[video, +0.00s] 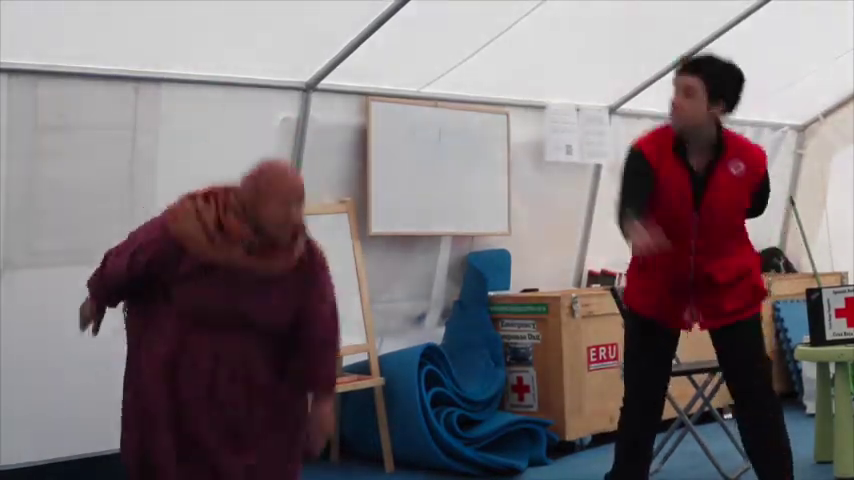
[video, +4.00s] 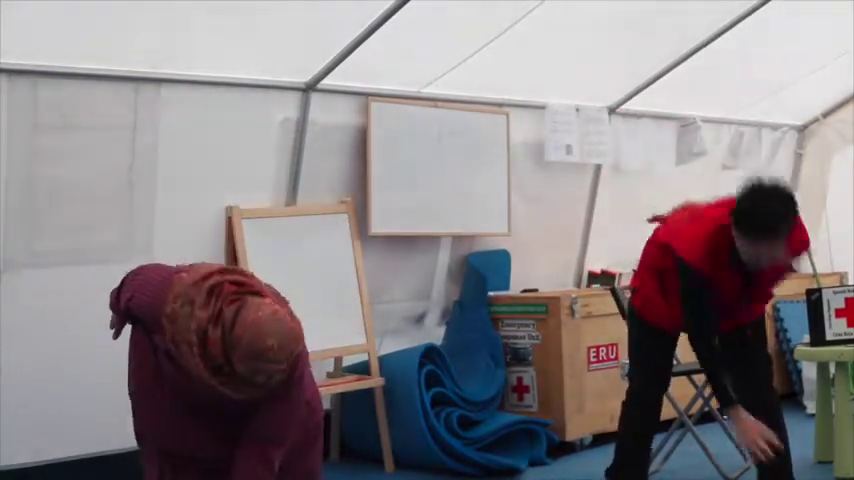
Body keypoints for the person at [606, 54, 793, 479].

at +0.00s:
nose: (674, 101)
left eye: (686, 94)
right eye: (675, 91)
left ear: (717, 107)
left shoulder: (749, 159)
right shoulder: (648, 152)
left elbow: (754, 206)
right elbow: (629, 210)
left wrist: (709, 217)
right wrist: (638, 228)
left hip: (728, 287)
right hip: (657, 288)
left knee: (757, 402)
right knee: (640, 407)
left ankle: (777, 475)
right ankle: (626, 477)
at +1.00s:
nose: (577, 89)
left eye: (584, 78)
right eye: (576, 80)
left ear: (616, 82)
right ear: (603, 87)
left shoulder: (657, 118)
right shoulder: (595, 154)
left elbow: (653, 130)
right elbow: (626, 221)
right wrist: (617, 271)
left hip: (699, 275)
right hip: (639, 286)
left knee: (744, 390)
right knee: (633, 405)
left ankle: (775, 474)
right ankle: (623, 477)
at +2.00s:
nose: (518, 193)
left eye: (522, 182)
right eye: (514, 185)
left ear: (551, 173)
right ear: (545, 178)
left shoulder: (598, 199)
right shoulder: (565, 219)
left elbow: (586, 278)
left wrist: (558, 349)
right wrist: (552, 343)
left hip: (713, 270)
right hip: (658, 290)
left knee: (750, 383)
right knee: (649, 400)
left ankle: (781, 473)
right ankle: (631, 474)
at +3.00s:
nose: (658, 57)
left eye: (672, 51)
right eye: (658, 50)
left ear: (699, 71)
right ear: (654, 63)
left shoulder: (724, 130)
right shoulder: (618, 122)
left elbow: (748, 194)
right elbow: (564, 169)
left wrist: (700, 215)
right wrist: (498, 156)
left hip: (704, 277)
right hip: (631, 278)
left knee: (744, 395)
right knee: (630, 405)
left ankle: (776, 478)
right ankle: (622, 479)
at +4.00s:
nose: (767, 263)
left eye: (775, 254)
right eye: (757, 255)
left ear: (785, 235)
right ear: (738, 236)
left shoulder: (795, 238)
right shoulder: (695, 245)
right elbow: (702, 339)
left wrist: (700, 212)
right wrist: (737, 414)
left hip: (736, 304)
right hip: (664, 298)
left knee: (761, 400)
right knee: (646, 391)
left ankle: (776, 473)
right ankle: (626, 473)